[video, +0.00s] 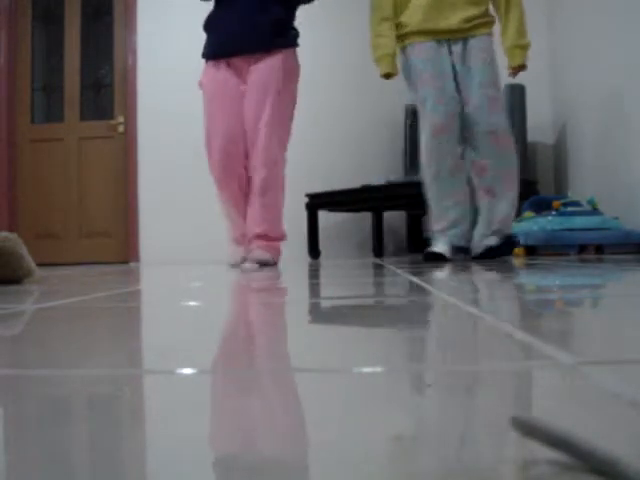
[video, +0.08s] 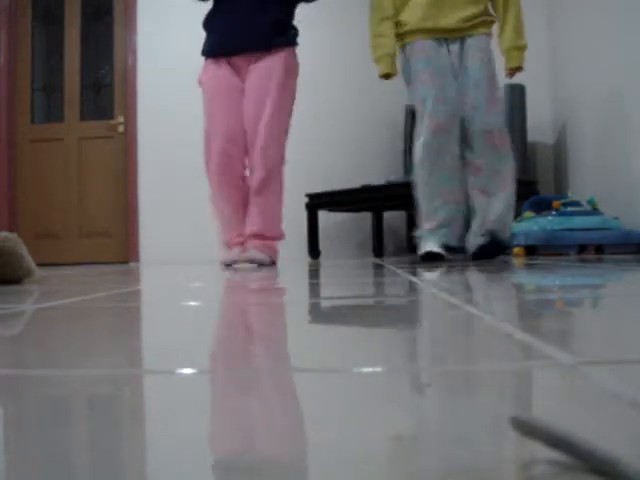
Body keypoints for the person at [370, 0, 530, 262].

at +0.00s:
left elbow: (506, 1)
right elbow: (383, 3)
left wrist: (515, 41)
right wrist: (384, 46)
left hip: (475, 27)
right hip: (420, 30)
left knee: (489, 127)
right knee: (438, 131)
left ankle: (492, 235)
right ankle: (447, 237)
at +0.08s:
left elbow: (506, 2)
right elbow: (384, 3)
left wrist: (513, 42)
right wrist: (384, 47)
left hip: (475, 28)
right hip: (420, 30)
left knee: (486, 129)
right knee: (435, 131)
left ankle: (488, 235)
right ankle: (436, 237)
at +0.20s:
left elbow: (501, 2)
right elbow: (386, 3)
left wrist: (502, 38)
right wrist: (387, 43)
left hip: (473, 22)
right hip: (417, 24)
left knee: (474, 129)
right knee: (424, 129)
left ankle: (475, 237)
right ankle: (400, 236)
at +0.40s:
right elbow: (370, 3)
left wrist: (486, 28)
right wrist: (369, 48)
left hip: (455, 27)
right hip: (399, 28)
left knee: (449, 134)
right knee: (393, 133)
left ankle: (445, 240)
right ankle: (384, 238)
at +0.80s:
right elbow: (385, 4)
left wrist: (492, 33)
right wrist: (388, 53)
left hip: (471, 29)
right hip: (416, 32)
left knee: (481, 136)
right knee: (414, 138)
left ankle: (481, 236)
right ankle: (413, 241)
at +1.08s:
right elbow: (378, 4)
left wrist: (500, 33)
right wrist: (376, 52)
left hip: (460, 21)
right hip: (405, 23)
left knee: (462, 131)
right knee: (405, 133)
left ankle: (469, 237)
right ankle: (396, 240)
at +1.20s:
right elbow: (367, 4)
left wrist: (490, 29)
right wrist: (364, 51)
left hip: (454, 21)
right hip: (394, 25)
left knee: (456, 136)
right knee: (388, 137)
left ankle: (464, 240)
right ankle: (384, 238)